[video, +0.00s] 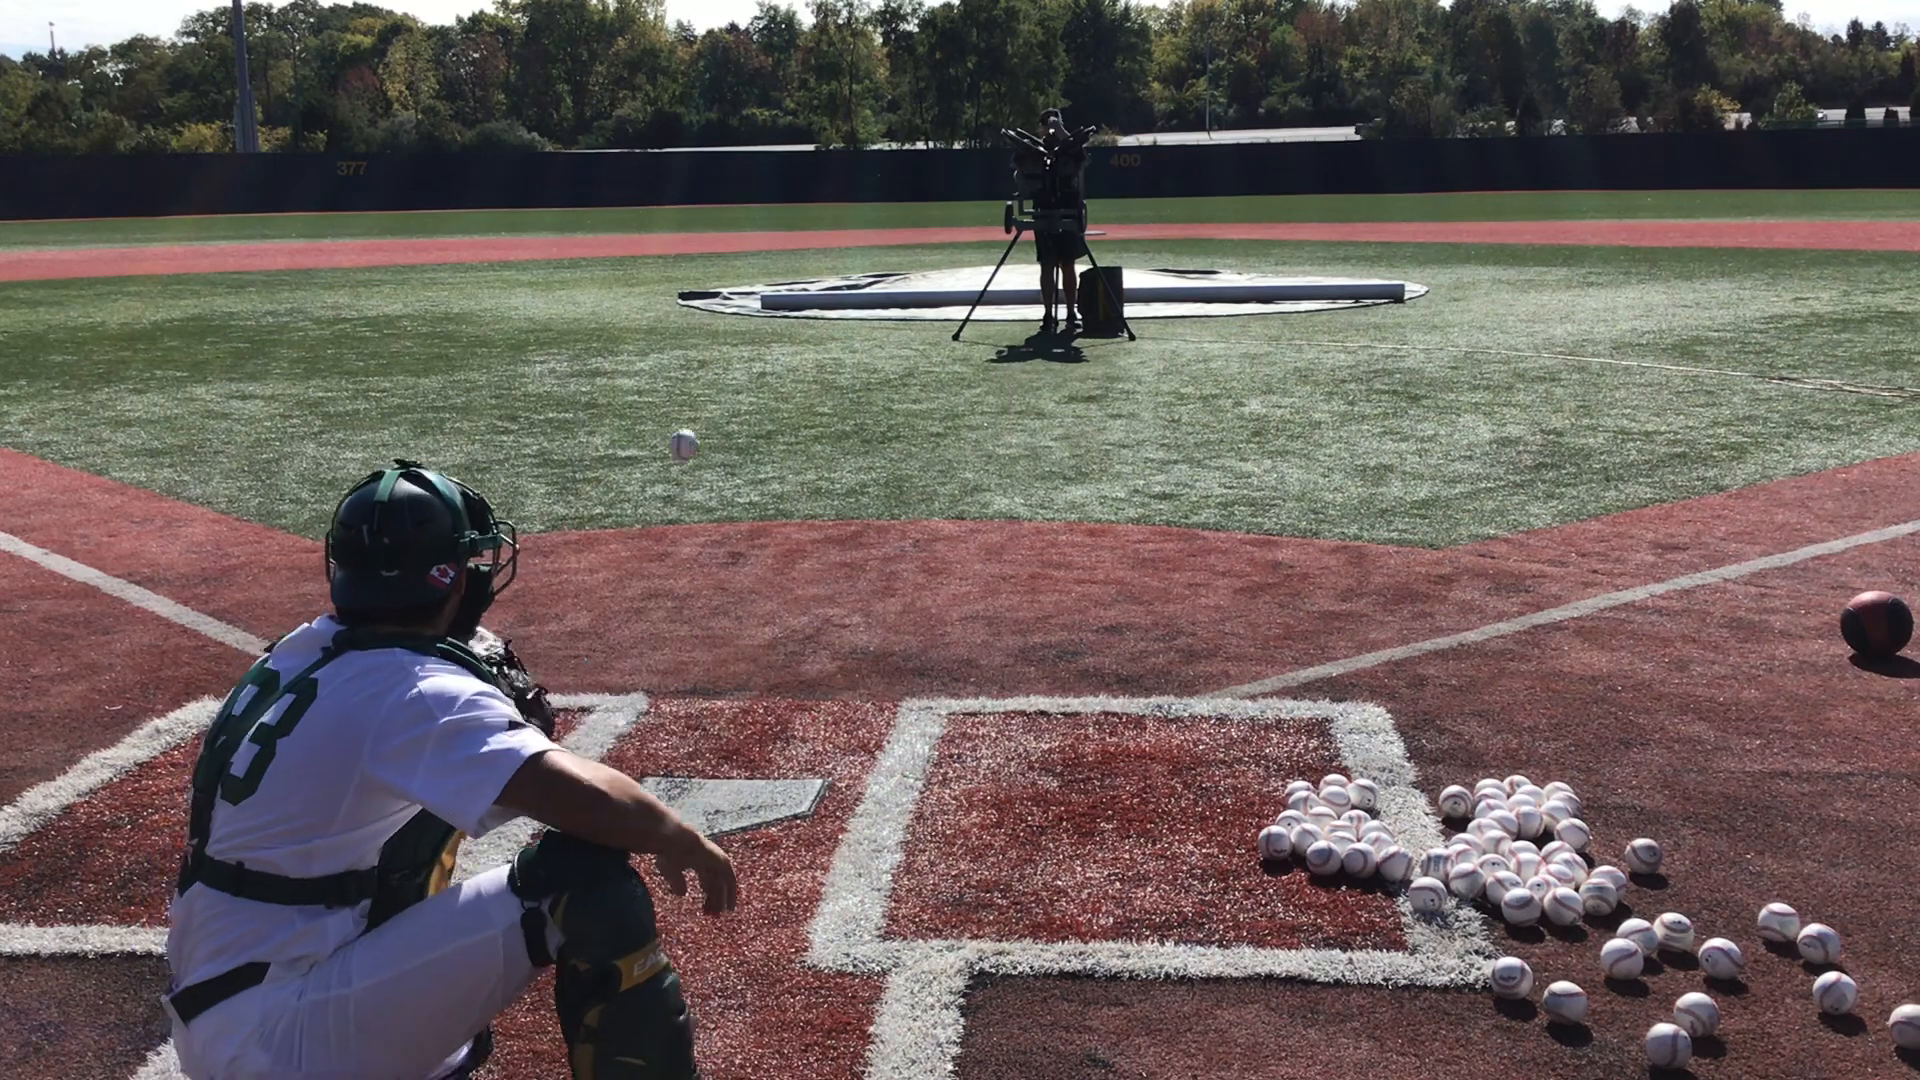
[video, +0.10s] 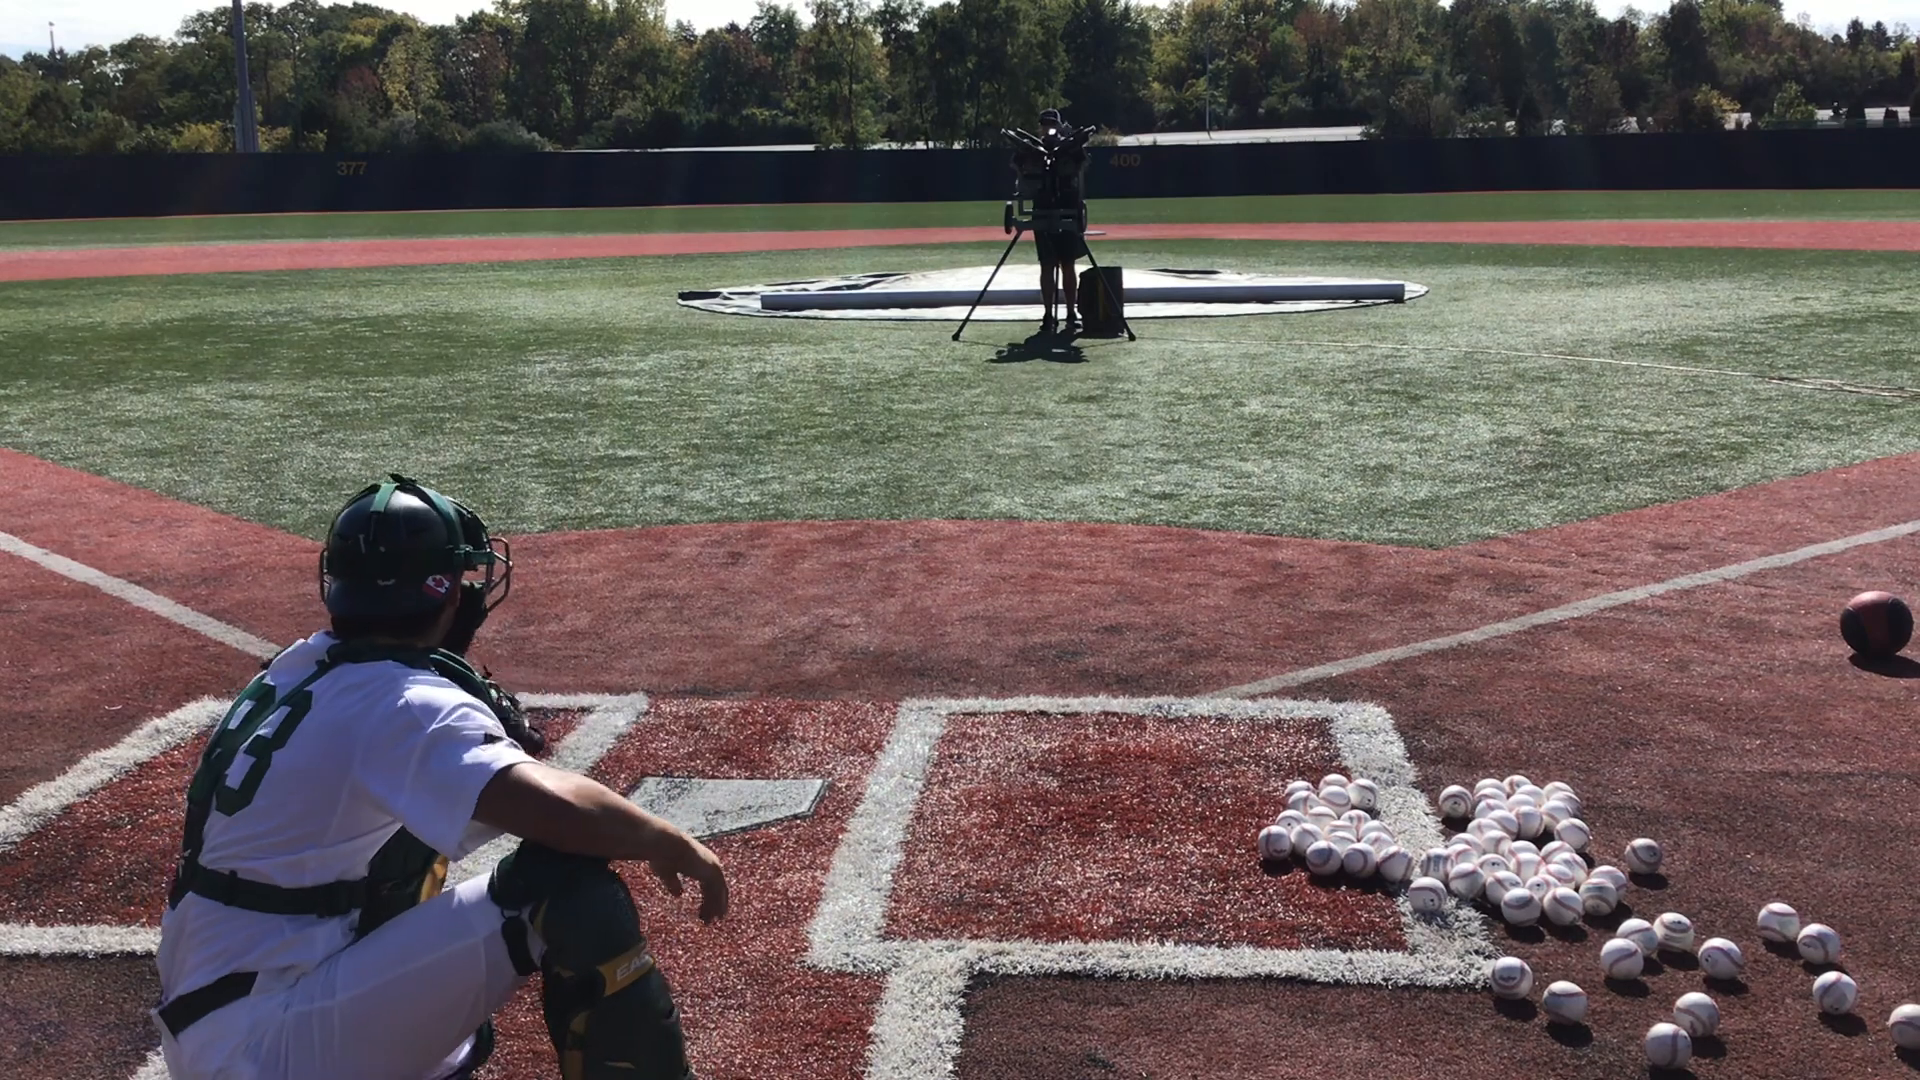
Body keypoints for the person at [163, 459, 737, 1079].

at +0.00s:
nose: (484, 575)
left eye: (481, 560)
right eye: (474, 563)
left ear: (350, 578)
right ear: (445, 587)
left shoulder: (306, 644)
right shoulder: (412, 691)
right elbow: (593, 801)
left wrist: (506, 713)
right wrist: (677, 838)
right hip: (272, 1033)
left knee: (433, 814)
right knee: (585, 879)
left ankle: (427, 1047)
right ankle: (641, 1059)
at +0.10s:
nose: (472, 592)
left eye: (469, 576)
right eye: (465, 578)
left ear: (342, 592)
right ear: (443, 599)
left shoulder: (303, 662)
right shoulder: (399, 700)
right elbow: (558, 809)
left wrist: (477, 718)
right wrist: (666, 842)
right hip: (258, 1038)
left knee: (414, 848)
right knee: (564, 885)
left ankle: (437, 1048)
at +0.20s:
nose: (468, 599)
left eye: (466, 582)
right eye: (462, 584)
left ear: (338, 594)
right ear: (435, 604)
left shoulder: (290, 663)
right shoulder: (393, 702)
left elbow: (386, 684)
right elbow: (552, 807)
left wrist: (476, 702)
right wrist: (654, 844)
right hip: (250, 1037)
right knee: (560, 887)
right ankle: (635, 1061)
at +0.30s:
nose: (467, 601)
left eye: (464, 583)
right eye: (460, 586)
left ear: (338, 591)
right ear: (431, 600)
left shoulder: (283, 659)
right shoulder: (383, 696)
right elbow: (554, 801)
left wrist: (459, 675)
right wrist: (647, 840)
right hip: (249, 1036)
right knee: (564, 883)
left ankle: (434, 1049)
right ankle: (636, 1062)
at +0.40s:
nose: (468, 593)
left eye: (466, 577)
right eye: (461, 578)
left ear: (338, 581)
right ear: (435, 589)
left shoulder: (284, 647)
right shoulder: (387, 690)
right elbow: (551, 799)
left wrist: (450, 649)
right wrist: (647, 831)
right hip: (248, 1020)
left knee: (455, 1032)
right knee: (568, 883)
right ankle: (637, 1061)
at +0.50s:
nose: (472, 584)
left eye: (470, 566)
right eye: (464, 568)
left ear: (345, 564)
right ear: (437, 575)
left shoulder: (287, 628)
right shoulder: (391, 675)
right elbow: (548, 789)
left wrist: (453, 641)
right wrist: (641, 822)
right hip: (245, 1000)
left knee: (450, 1033)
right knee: (569, 880)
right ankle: (638, 1058)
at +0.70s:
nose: (470, 541)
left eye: (471, 522)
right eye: (465, 521)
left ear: (348, 512)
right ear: (436, 524)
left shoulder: (282, 583)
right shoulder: (402, 626)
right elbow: (555, 775)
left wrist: (464, 651)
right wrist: (592, 792)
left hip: (197, 947)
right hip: (275, 940)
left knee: (447, 1032)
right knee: (605, 863)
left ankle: (280, 1060)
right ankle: (653, 1062)